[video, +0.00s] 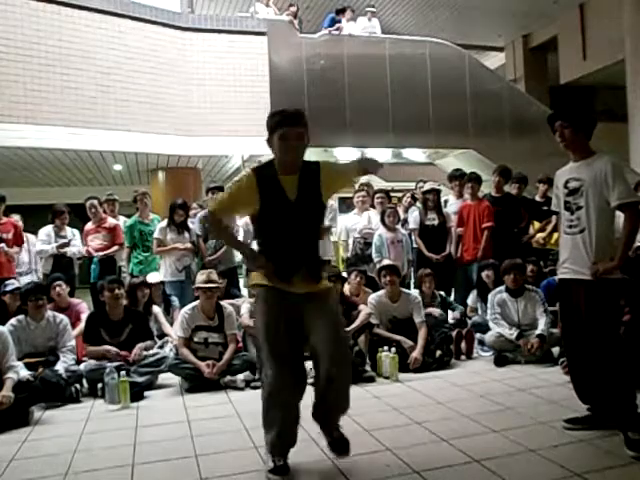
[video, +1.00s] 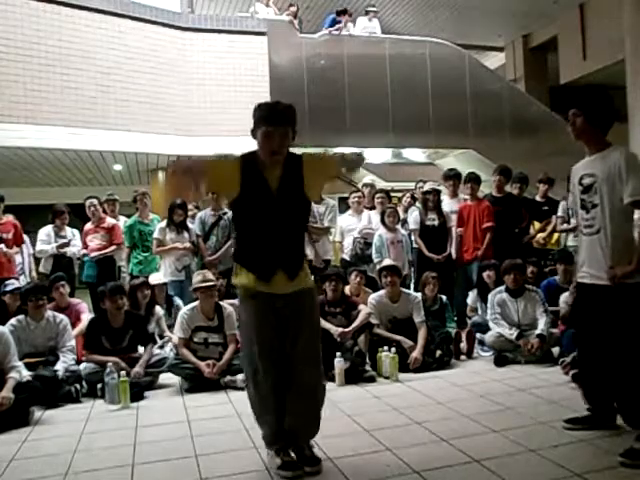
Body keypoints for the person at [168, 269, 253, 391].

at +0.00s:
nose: (209, 294)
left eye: (213, 290)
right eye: (205, 291)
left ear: (218, 292)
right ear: (197, 292)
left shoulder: (227, 311)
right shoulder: (187, 313)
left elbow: (232, 342)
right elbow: (181, 347)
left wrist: (222, 365)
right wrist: (201, 365)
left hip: (221, 357)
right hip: (197, 359)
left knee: (248, 359)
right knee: (173, 364)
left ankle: (201, 383)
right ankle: (221, 381)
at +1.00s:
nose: (209, 294)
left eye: (211, 289)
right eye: (204, 291)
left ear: (216, 290)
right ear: (196, 294)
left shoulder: (227, 312)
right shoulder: (186, 313)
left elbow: (232, 343)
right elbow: (181, 347)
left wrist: (221, 365)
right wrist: (201, 365)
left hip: (221, 357)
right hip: (196, 358)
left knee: (246, 361)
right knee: (173, 364)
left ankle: (198, 383)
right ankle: (222, 382)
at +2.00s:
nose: (212, 298)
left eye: (215, 293)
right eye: (207, 295)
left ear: (220, 294)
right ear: (200, 297)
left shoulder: (231, 314)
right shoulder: (191, 316)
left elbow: (236, 345)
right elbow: (183, 349)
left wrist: (225, 368)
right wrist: (204, 367)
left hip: (225, 359)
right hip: (200, 360)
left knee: (250, 361)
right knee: (176, 366)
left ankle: (203, 385)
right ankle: (226, 384)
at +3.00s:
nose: (211, 296)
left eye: (214, 292)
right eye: (206, 293)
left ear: (220, 293)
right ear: (200, 295)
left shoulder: (230, 314)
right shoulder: (191, 316)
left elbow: (237, 344)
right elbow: (184, 349)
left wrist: (225, 367)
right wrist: (204, 367)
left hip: (225, 361)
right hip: (200, 362)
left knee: (248, 368)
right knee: (177, 367)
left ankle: (202, 386)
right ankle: (225, 384)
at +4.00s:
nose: (212, 296)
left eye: (215, 292)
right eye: (208, 293)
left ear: (221, 293)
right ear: (201, 295)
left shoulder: (231, 314)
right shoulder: (191, 316)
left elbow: (236, 346)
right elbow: (184, 349)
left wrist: (224, 368)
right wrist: (204, 367)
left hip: (224, 361)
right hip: (199, 361)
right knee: (176, 366)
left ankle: (200, 386)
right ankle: (223, 383)